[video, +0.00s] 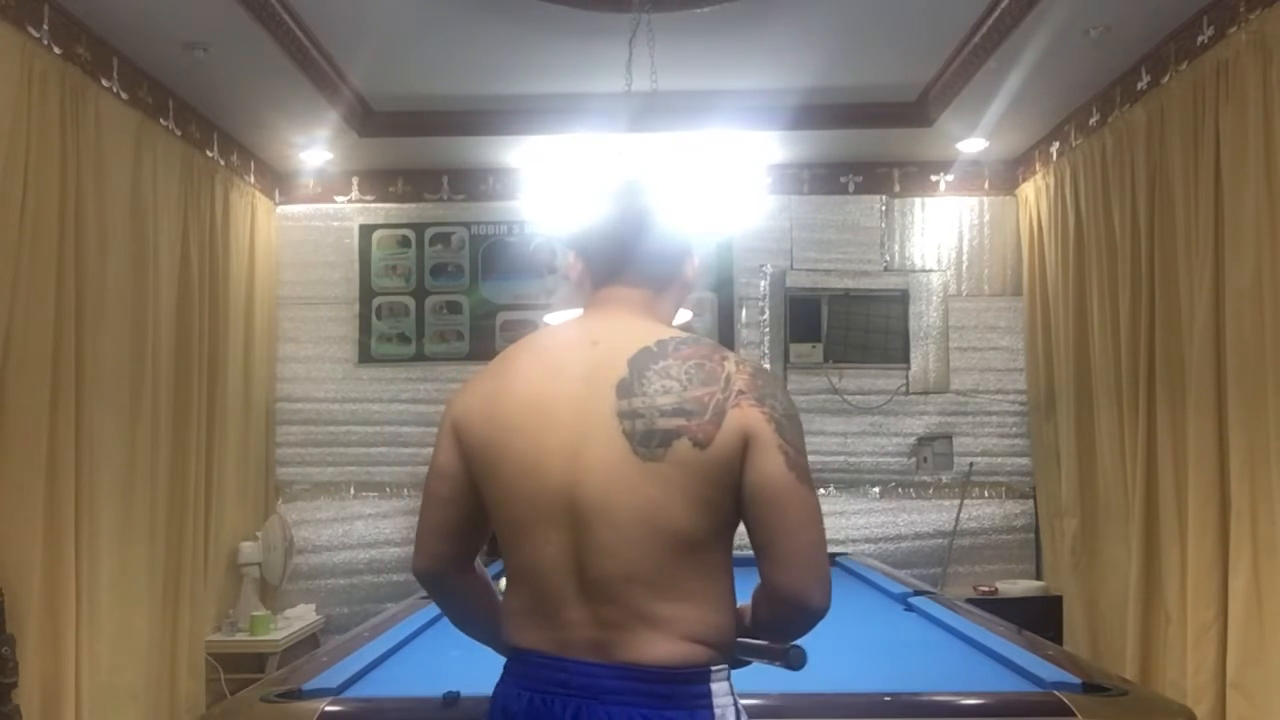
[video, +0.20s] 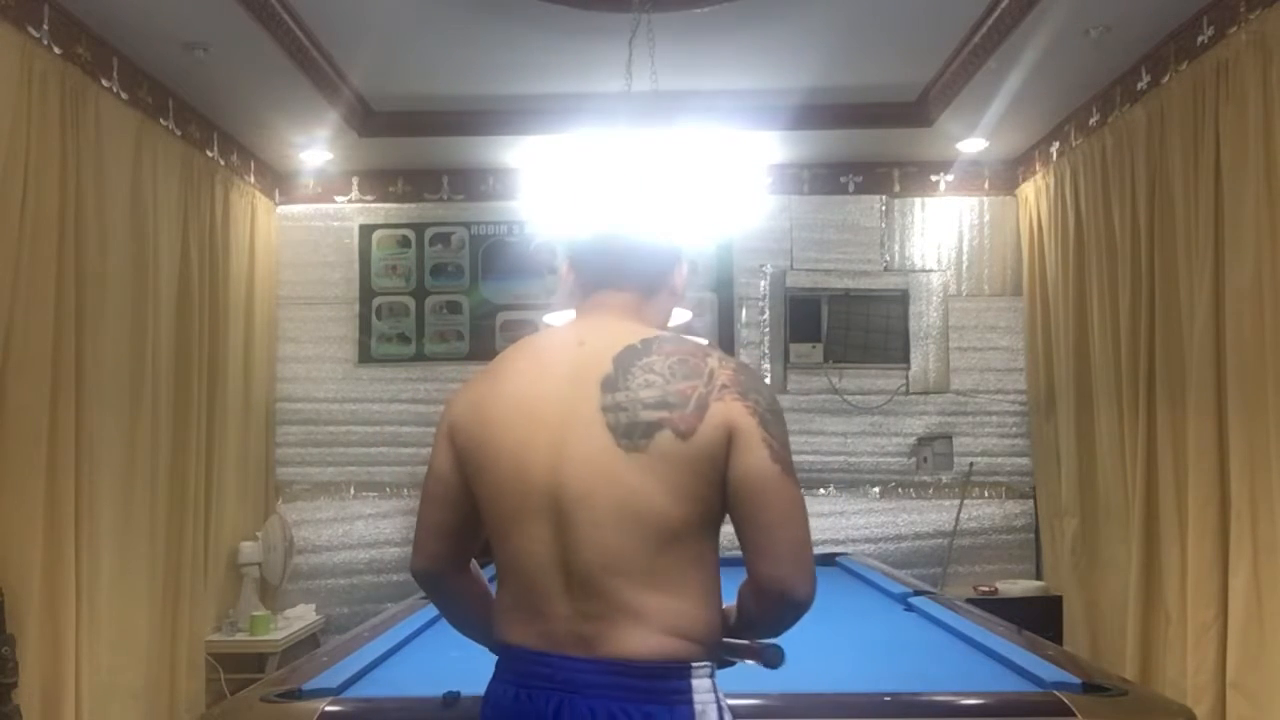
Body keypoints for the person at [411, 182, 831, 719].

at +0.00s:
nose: (694, 282)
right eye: (697, 270)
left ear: (576, 268)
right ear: (689, 272)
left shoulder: (487, 387)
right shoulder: (737, 384)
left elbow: (438, 561)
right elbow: (801, 592)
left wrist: (515, 632)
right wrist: (743, 625)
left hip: (529, 698)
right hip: (680, 701)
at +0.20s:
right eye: (687, 270)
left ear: (568, 272)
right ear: (679, 278)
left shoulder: (483, 389)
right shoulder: (722, 383)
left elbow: (435, 564)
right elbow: (786, 582)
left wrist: (518, 640)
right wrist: (734, 630)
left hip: (519, 696)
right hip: (666, 699)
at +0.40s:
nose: (677, 295)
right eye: (677, 282)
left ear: (565, 287)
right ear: (669, 289)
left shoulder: (487, 390)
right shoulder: (698, 377)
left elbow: (435, 565)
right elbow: (768, 570)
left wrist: (510, 636)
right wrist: (714, 597)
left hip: (505, 694)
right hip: (641, 697)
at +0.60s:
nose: (665, 335)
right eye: (665, 328)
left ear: (558, 328)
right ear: (653, 324)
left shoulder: (489, 402)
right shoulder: (674, 390)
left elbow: (445, 576)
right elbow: (758, 555)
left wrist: (511, 646)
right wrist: (716, 645)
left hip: (487, 688)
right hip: (620, 691)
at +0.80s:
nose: (664, 349)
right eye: (663, 342)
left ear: (558, 340)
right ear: (652, 340)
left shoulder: (490, 409)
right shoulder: (666, 390)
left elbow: (447, 568)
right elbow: (737, 554)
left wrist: (502, 639)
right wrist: (708, 648)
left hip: (477, 683)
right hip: (603, 685)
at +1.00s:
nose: (657, 370)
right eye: (656, 363)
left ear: (560, 356)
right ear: (650, 357)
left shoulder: (492, 420)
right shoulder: (658, 398)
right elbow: (721, 552)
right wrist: (695, 647)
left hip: (473, 671)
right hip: (591, 670)